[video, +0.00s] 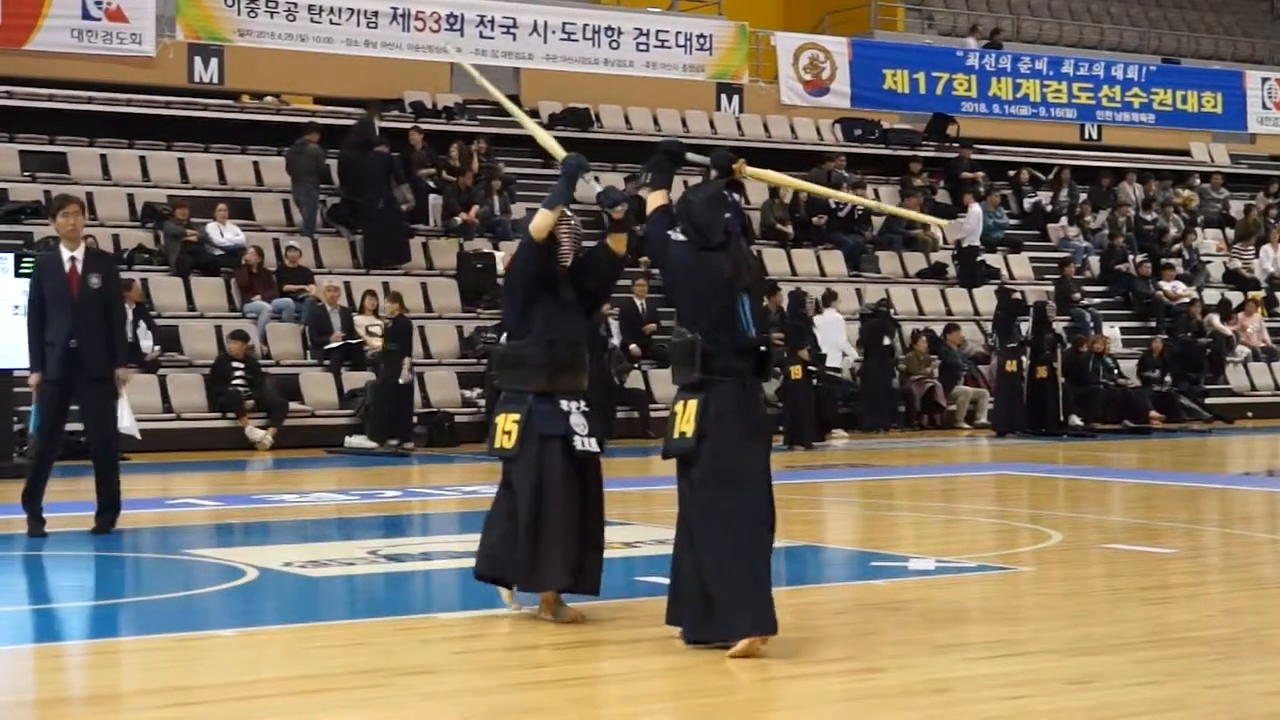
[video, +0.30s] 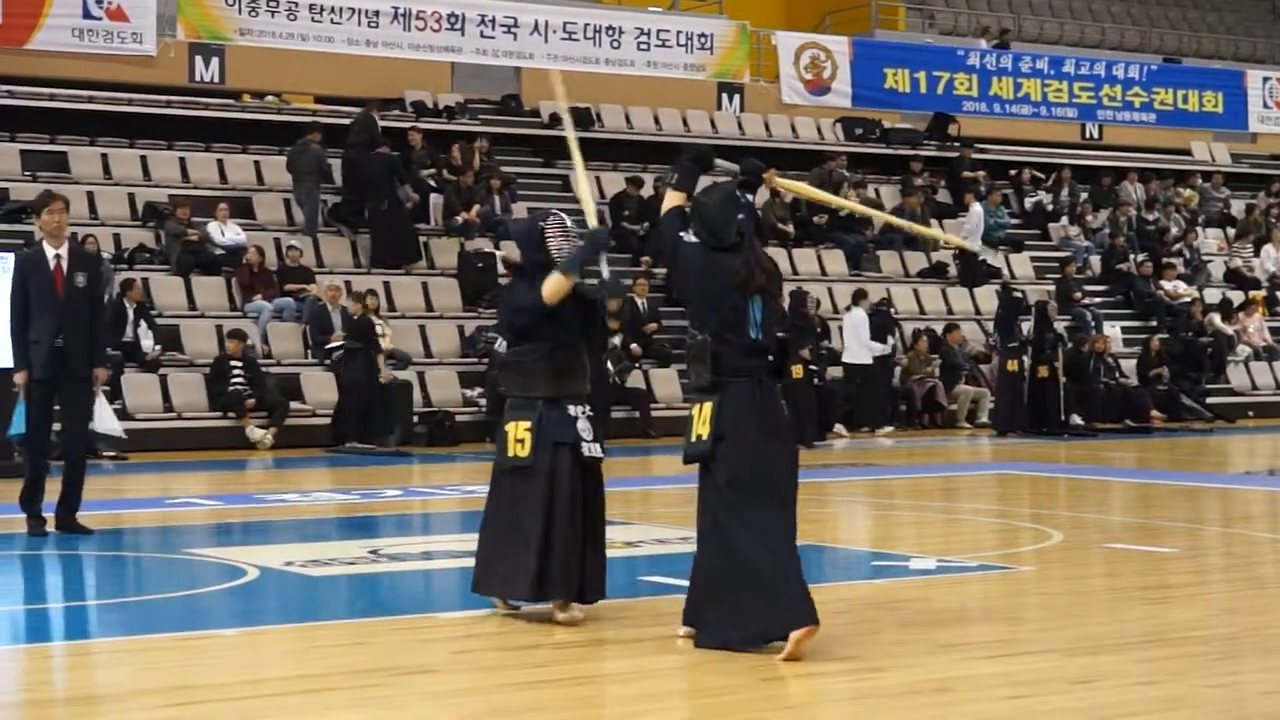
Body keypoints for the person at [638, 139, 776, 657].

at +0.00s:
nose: (673, 219)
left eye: (679, 215)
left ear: (688, 228)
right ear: (728, 225)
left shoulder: (690, 267)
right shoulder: (742, 264)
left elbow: (657, 217)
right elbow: (722, 219)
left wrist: (663, 168)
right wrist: (725, 176)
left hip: (712, 397)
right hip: (745, 395)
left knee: (717, 510)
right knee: (741, 510)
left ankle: (748, 622)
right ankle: (715, 619)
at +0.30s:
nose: (692, 225)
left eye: (697, 218)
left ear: (705, 229)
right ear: (744, 225)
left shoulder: (700, 268)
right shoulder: (762, 271)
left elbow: (671, 222)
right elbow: (744, 226)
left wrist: (684, 176)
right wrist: (747, 184)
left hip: (729, 398)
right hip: (767, 396)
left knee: (741, 510)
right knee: (727, 512)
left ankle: (797, 612)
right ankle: (702, 613)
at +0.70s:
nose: (712, 252)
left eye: (715, 243)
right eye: (714, 243)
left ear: (726, 246)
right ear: (766, 242)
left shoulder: (721, 299)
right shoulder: (789, 295)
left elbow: (696, 367)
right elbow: (804, 359)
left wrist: (675, 337)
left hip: (744, 422)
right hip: (788, 422)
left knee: (738, 526)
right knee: (780, 522)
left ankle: (795, 622)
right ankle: (745, 623)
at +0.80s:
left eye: (704, 246)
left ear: (714, 250)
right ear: (750, 245)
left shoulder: (714, 298)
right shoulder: (769, 293)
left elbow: (683, 359)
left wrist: (676, 329)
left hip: (738, 421)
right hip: (774, 420)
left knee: (737, 524)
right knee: (771, 521)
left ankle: (790, 614)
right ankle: (746, 624)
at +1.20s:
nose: (679, 252)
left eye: (684, 242)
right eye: (679, 242)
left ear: (703, 244)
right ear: (724, 241)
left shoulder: (720, 288)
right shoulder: (739, 284)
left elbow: (699, 356)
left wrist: (679, 386)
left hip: (739, 413)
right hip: (752, 408)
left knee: (715, 510)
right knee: (741, 508)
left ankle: (754, 614)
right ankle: (750, 610)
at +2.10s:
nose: (699, 249)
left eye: (703, 239)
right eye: (699, 239)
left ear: (720, 240)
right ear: (753, 236)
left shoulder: (729, 284)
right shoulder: (779, 282)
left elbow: (707, 361)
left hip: (751, 410)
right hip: (797, 408)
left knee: (709, 508)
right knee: (792, 510)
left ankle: (683, 617)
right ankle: (817, 609)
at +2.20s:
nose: (710, 250)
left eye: (714, 240)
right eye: (709, 240)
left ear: (731, 240)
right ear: (760, 235)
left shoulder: (742, 283)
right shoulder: (787, 279)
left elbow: (721, 359)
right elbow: (806, 345)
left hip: (766, 411)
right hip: (808, 408)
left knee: (720, 507)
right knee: (798, 510)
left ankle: (694, 614)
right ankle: (812, 609)